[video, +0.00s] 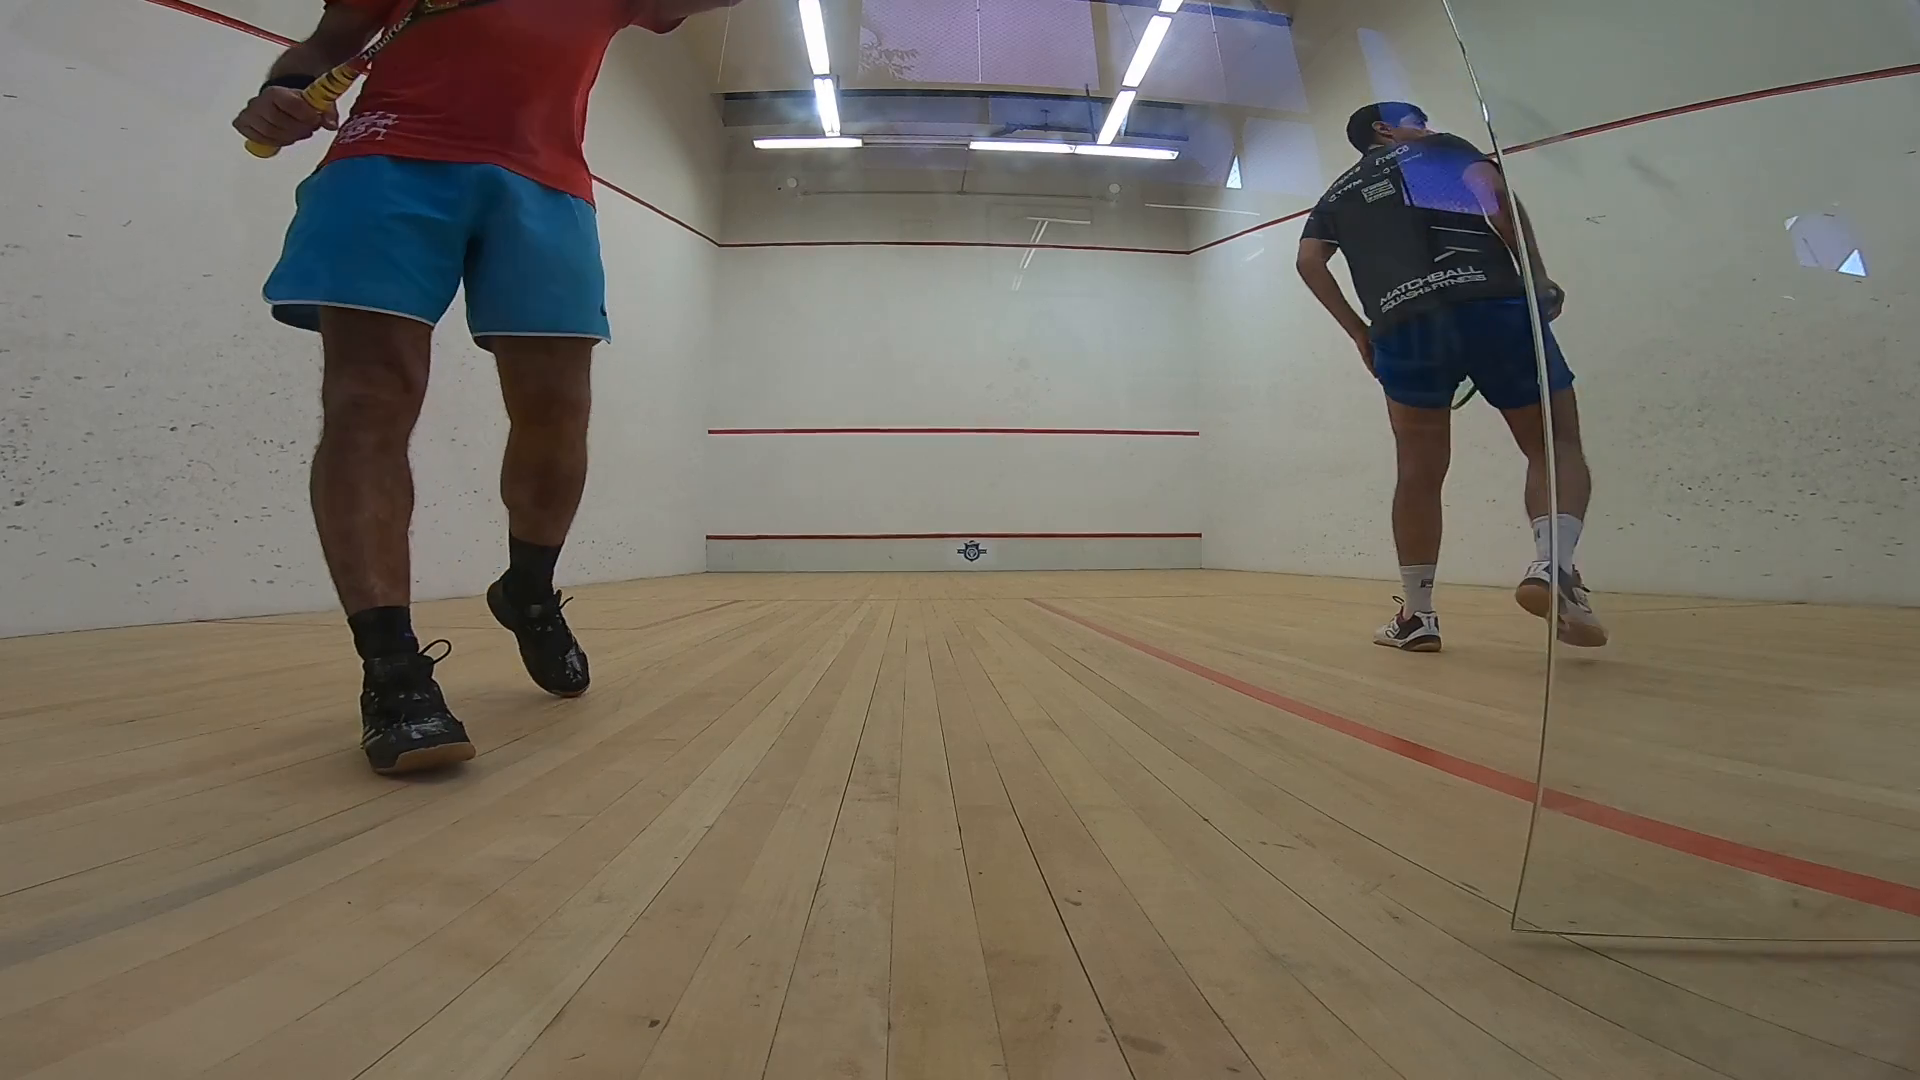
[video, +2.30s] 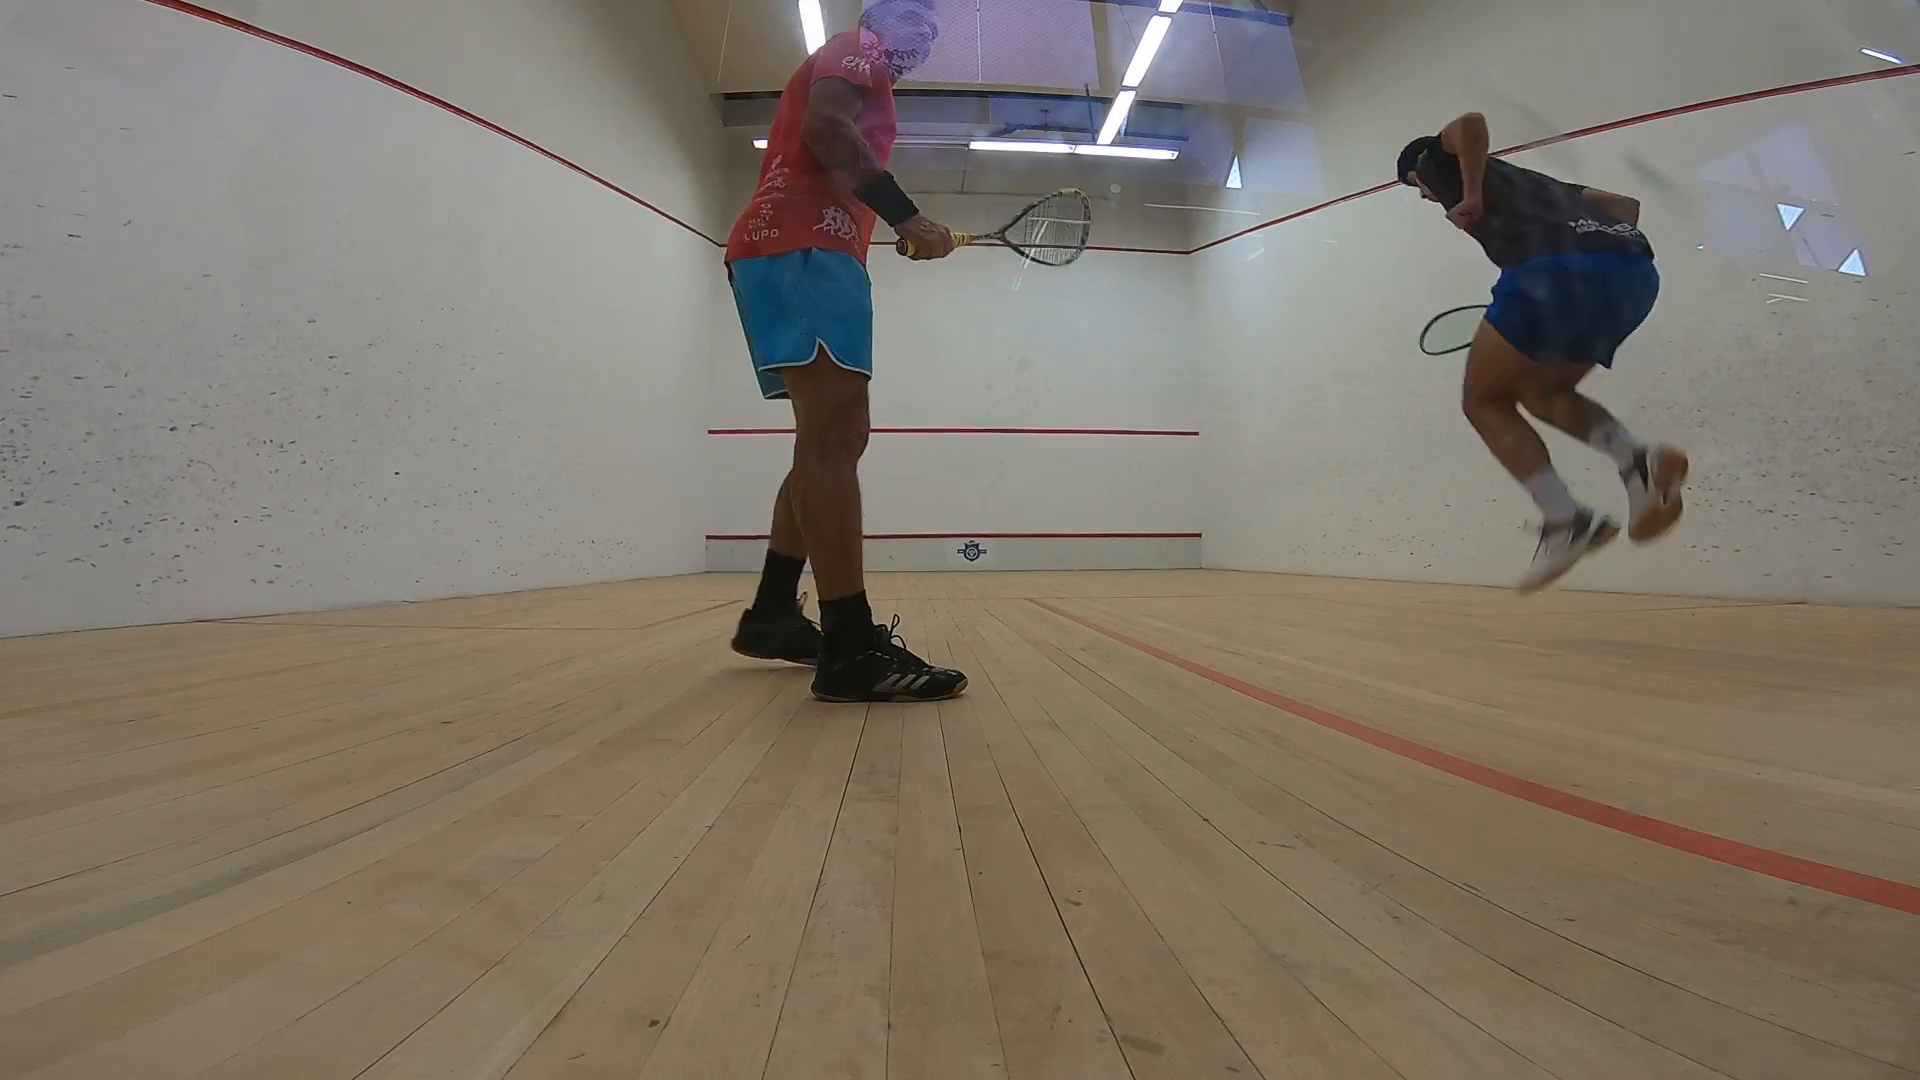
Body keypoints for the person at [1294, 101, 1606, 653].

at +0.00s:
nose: (1428, 128)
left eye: (1423, 122)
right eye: (1417, 121)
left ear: (1370, 138)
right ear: (1383, 129)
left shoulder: (1337, 193)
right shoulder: (1447, 147)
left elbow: (1309, 262)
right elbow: (1496, 197)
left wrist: (1357, 329)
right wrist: (1535, 275)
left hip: (1406, 327)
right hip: (1494, 308)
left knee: (1418, 474)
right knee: (1554, 441)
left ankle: (1418, 615)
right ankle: (1553, 565)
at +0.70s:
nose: (1501, 157)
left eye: (1498, 148)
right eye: (1493, 148)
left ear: (1440, 157)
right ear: (1463, 149)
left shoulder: (1398, 209)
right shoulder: (1508, 179)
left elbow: (1373, 275)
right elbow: (1546, 232)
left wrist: (1401, 338)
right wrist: (1603, 307)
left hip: (1449, 355)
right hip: (1533, 345)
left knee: (1440, 479)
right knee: (1551, 477)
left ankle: (1424, 605)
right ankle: (1563, 611)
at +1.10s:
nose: (1437, 168)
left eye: (1438, 158)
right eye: (1437, 160)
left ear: (1458, 150)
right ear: (1496, 153)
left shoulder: (1439, 187)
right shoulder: (1554, 188)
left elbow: (1426, 240)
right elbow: (1628, 245)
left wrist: (1419, 312)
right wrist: (1619, 311)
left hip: (1482, 344)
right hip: (1564, 343)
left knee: (1469, 465)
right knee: (1553, 471)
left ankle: (1506, 593)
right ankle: (1564, 603)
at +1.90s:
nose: (1427, 192)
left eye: (1427, 182)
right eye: (1423, 185)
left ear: (1445, 169)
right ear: (1481, 172)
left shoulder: (1454, 192)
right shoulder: (1539, 207)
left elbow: (1486, 230)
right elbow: (1616, 271)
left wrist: (1446, 301)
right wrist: (1574, 333)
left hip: (1533, 345)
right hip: (1608, 344)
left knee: (1496, 476)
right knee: (1554, 480)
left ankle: (1557, 608)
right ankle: (1617, 608)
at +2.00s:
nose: (1419, 161)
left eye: (1416, 153)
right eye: (1415, 157)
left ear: (1429, 137)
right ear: (1463, 125)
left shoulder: (1445, 150)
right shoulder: (1535, 165)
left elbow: (1481, 148)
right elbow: (1615, 206)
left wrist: (1442, 214)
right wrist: (1579, 267)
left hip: (1521, 288)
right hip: (1598, 290)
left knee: (1513, 426)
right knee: (1579, 424)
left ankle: (1537, 571)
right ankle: (1620, 562)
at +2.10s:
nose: (1419, 174)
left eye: (1411, 164)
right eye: (1412, 170)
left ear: (1418, 144)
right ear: (1444, 128)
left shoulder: (1437, 143)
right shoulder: (1530, 156)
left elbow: (1481, 145)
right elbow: (1618, 205)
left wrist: (1441, 213)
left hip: (1539, 251)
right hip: (1616, 255)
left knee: (1462, 374)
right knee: (1525, 369)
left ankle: (1579, 438)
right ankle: (1612, 411)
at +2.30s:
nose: (1423, 193)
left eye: (1418, 183)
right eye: (1418, 187)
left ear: (1426, 166)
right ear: (1446, 162)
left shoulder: (1445, 166)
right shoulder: (1533, 185)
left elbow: (1468, 124)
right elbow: (1626, 208)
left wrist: (1473, 194)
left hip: (1555, 273)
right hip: (1632, 271)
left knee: (1483, 400)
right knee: (1541, 393)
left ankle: (1564, 519)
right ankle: (1637, 462)